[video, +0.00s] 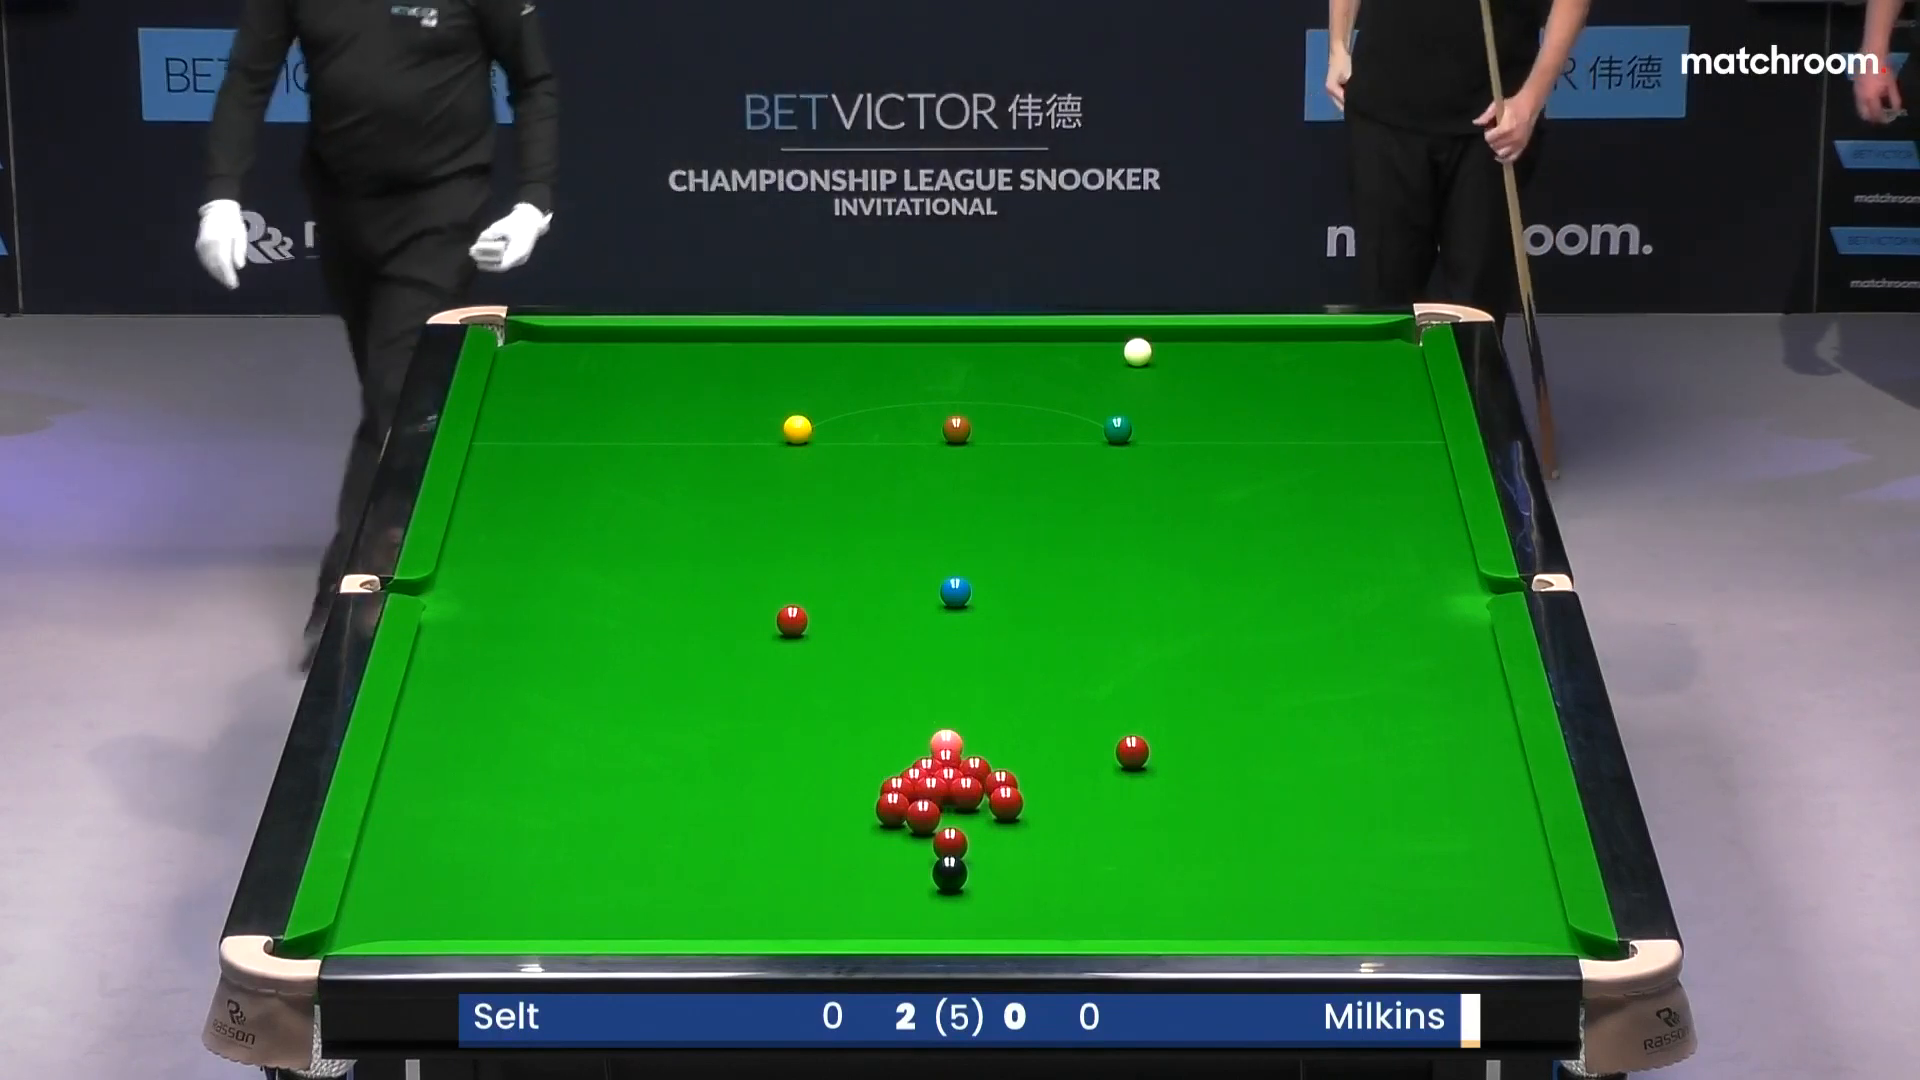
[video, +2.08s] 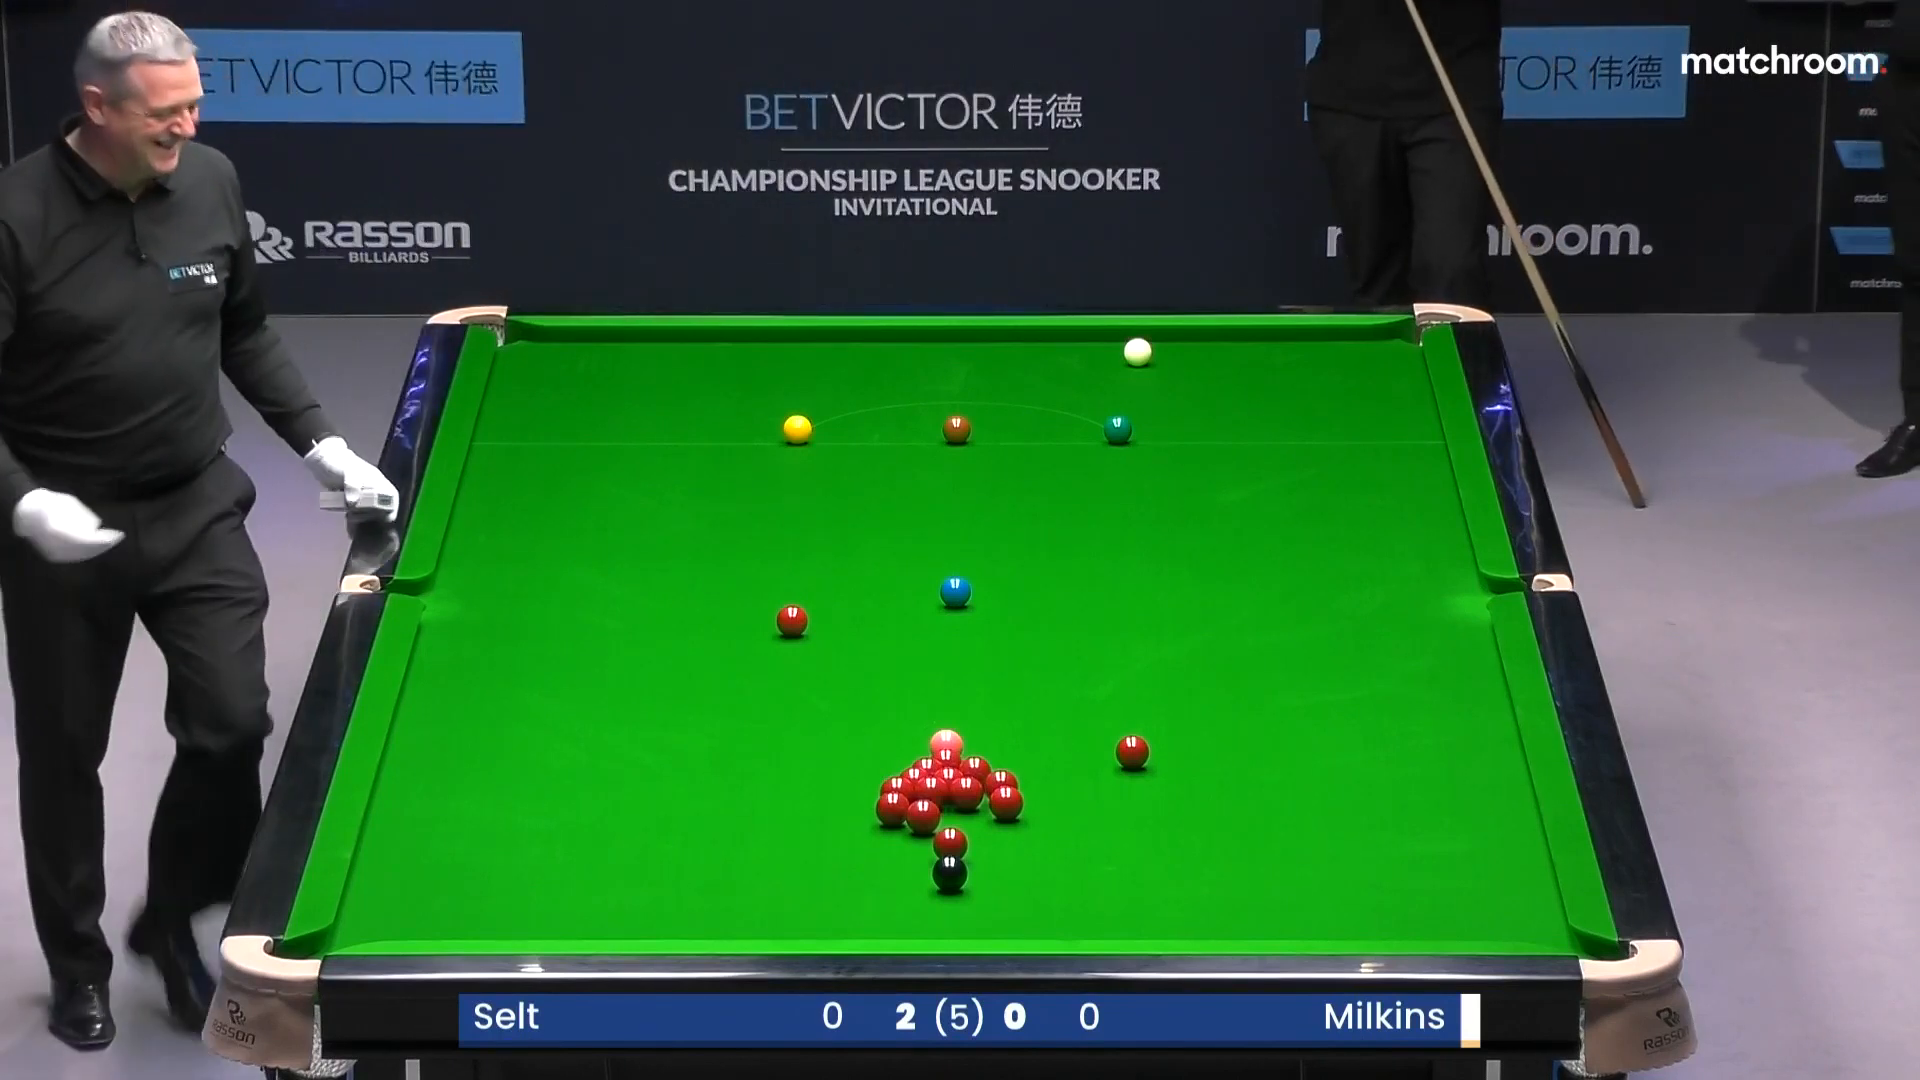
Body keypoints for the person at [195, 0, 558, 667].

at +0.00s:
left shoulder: (484, 5)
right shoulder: (289, 3)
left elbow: (534, 79)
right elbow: (247, 79)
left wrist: (534, 201)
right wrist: (222, 197)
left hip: (445, 203)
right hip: (343, 205)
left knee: (388, 415)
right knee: (395, 409)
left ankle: (338, 619)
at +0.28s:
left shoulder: (425, 4)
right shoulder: (226, 4)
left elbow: (473, 96)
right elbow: (190, 95)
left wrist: (461, 219)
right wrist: (172, 230)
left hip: (383, 225)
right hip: (260, 223)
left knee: (364, 432)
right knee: (243, 412)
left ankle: (327, 601)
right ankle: (339, 521)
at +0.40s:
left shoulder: (402, 4)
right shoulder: (204, 6)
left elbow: (454, 110)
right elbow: (172, 111)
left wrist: (431, 226)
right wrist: (154, 243)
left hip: (357, 245)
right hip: (231, 242)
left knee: (355, 452)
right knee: (211, 437)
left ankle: (329, 615)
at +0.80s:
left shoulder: (300, 24)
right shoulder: (102, 37)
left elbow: (362, 155)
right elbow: (63, 186)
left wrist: (349, 267)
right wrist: (43, 331)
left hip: (269, 313)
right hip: (143, 318)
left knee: (280, 509)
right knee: (154, 525)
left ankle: (309, 632)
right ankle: (176, 709)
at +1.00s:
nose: (189, 0)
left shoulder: (274, 45)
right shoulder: (68, 59)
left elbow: (330, 180)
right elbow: (21, 209)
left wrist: (335, 283)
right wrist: (7, 352)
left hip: (243, 339)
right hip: (120, 347)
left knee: (233, 540)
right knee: (146, 543)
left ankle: (218, 755)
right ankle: (176, 714)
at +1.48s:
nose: (199, 32)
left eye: (211, 14)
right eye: (179, 15)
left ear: (222, 16)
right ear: (123, 16)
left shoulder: (260, 109)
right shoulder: (45, 123)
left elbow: (307, 248)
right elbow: (8, 290)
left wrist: (336, 358)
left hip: (223, 415)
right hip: (86, 417)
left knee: (214, 637)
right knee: (81, 633)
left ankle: (191, 828)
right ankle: (89, 803)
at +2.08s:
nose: (184, 126)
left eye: (192, 106)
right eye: (164, 112)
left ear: (196, 96)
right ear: (96, 107)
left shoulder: (207, 182)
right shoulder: (18, 214)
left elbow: (248, 331)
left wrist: (324, 445)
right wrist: (17, 494)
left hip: (193, 514)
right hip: (55, 533)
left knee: (232, 723)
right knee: (63, 760)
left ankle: (175, 919)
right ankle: (76, 959)